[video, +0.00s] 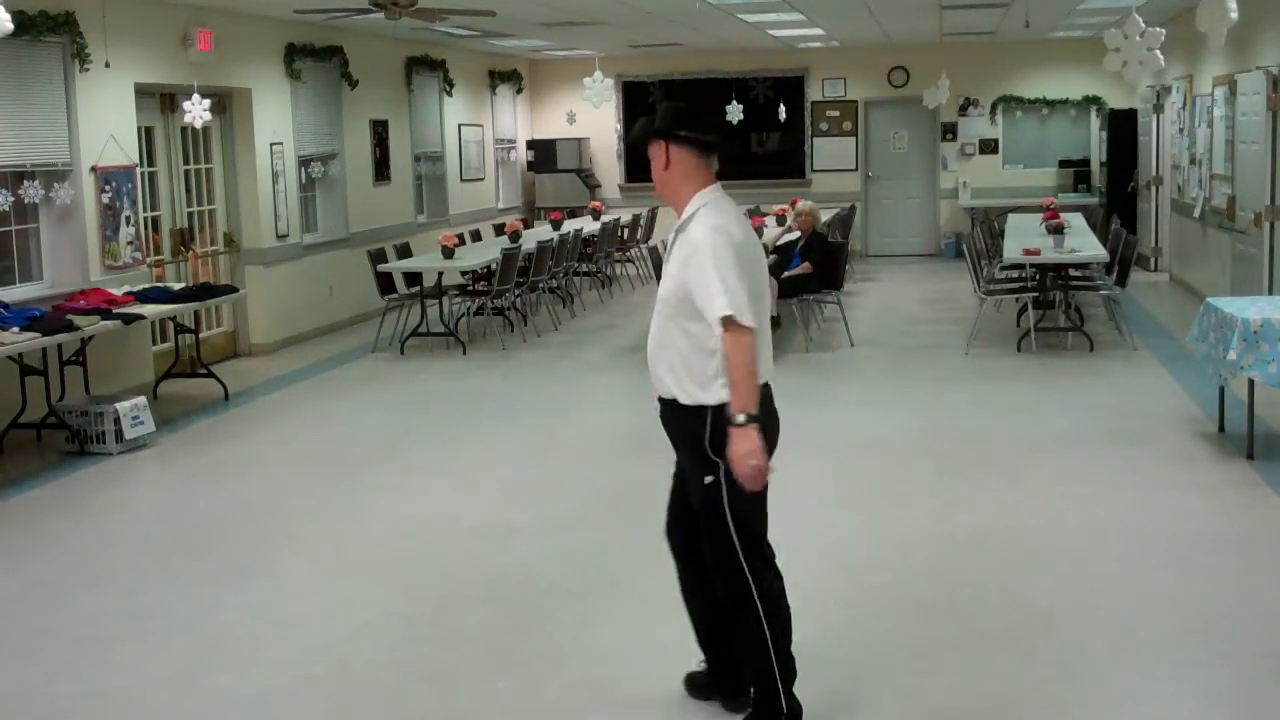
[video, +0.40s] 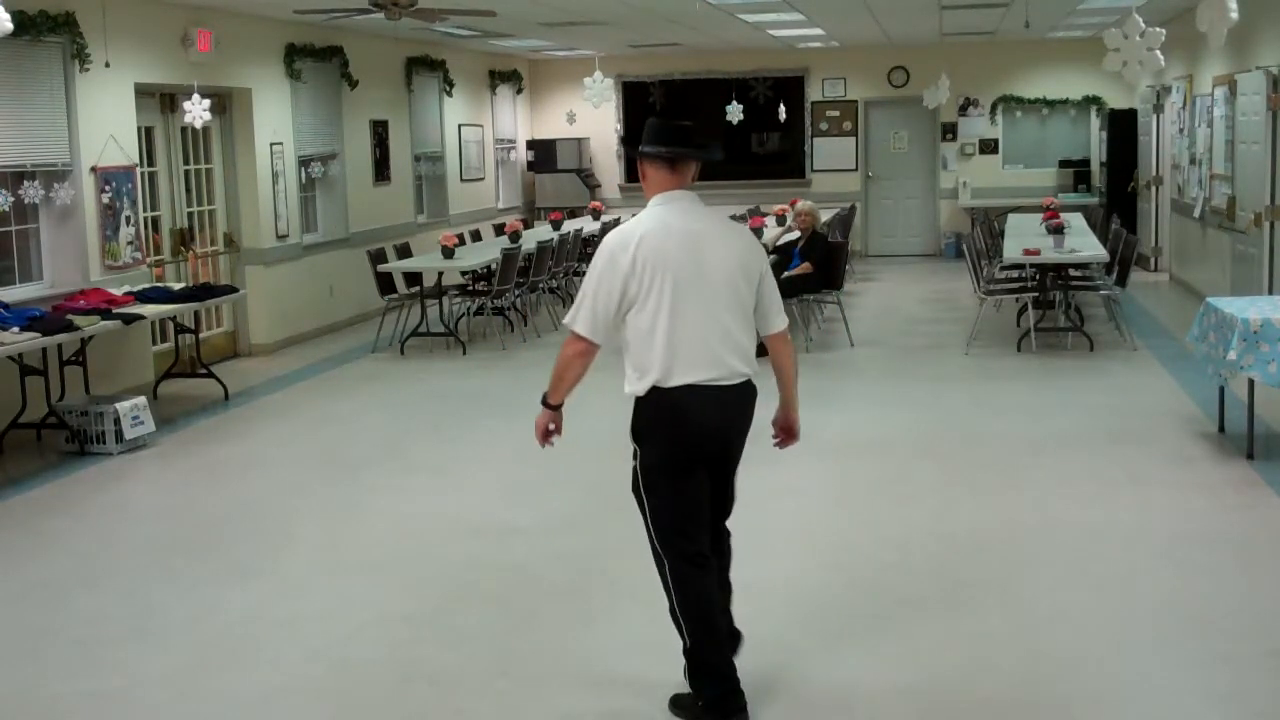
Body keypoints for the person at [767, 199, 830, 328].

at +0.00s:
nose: (803, 219)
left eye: (807, 216)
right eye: (800, 216)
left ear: (814, 219)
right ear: (795, 219)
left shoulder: (820, 240)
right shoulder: (794, 242)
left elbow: (810, 266)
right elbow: (767, 249)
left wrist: (785, 275)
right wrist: (785, 230)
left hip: (808, 280)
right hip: (789, 278)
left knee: (767, 287)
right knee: (766, 279)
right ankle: (773, 316)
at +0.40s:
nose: (802, 218)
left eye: (807, 215)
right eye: (799, 215)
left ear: (814, 219)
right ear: (795, 219)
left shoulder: (820, 239)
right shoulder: (795, 242)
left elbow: (810, 267)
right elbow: (766, 249)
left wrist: (786, 274)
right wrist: (784, 231)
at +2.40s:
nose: (801, 220)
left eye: (805, 216)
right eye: (798, 217)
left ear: (813, 219)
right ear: (794, 221)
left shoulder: (820, 240)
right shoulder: (796, 241)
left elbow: (809, 267)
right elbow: (767, 249)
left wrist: (785, 276)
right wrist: (784, 230)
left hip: (809, 279)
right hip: (790, 275)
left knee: (768, 291)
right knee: (765, 275)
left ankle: (769, 343)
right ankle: (773, 315)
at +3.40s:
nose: (801, 218)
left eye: (805, 215)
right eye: (798, 215)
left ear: (812, 218)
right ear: (794, 220)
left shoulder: (819, 239)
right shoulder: (795, 242)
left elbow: (809, 266)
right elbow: (768, 249)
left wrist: (786, 275)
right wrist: (785, 231)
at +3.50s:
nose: (801, 218)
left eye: (805, 215)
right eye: (798, 215)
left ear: (812, 218)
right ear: (794, 220)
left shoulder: (819, 239)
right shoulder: (793, 241)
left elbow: (810, 266)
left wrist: (787, 275)